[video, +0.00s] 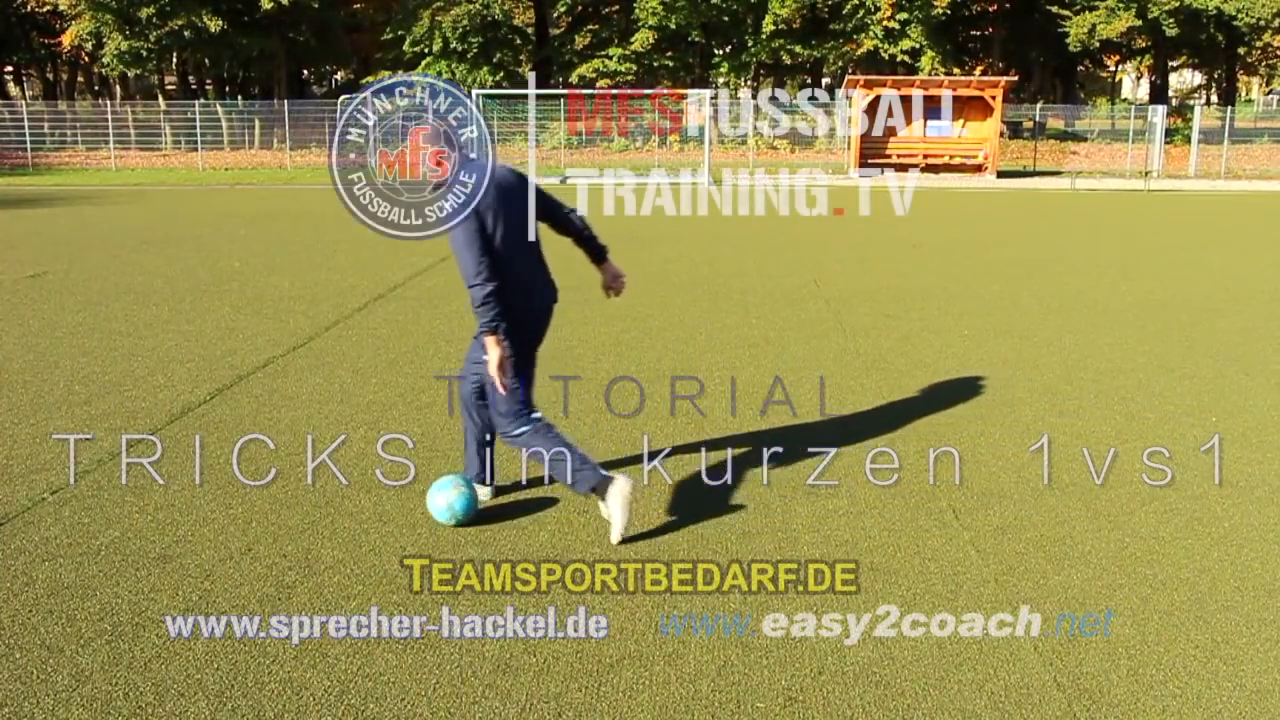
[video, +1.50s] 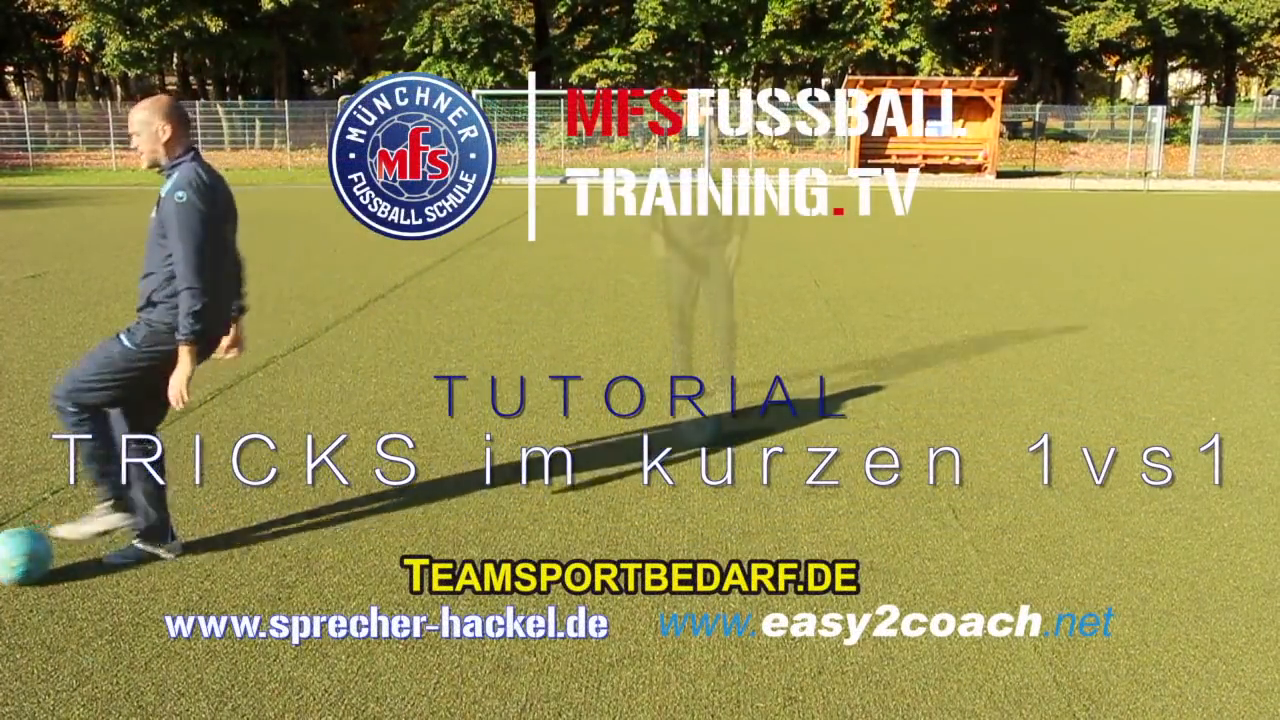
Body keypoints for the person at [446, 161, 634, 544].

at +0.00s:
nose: (426, 167)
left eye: (428, 158)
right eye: (424, 157)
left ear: (443, 157)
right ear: (461, 149)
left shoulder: (458, 199)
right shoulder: (504, 176)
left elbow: (478, 273)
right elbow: (562, 216)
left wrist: (492, 338)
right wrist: (604, 262)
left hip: (510, 311)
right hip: (537, 301)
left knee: (514, 420)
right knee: (473, 384)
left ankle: (606, 486)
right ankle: (478, 482)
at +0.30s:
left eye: (391, 182)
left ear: (405, 187)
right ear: (438, 169)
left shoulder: (427, 221)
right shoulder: (471, 193)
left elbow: (451, 283)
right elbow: (528, 223)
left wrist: (465, 343)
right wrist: (555, 269)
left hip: (486, 312)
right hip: (515, 300)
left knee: (445, 409)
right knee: (468, 396)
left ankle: (530, 468)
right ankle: (477, 479)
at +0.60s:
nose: (337, 196)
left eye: (340, 187)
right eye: (334, 188)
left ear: (370, 188)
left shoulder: (397, 227)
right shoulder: (435, 201)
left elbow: (429, 286)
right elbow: (479, 226)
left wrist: (447, 346)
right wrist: (497, 275)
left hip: (449, 317)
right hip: (482, 305)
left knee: (382, 392)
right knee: (434, 389)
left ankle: (428, 482)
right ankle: (472, 480)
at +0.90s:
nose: (280, 181)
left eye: (282, 172)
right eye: (278, 173)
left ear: (307, 167)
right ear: (313, 165)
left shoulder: (340, 206)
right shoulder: (363, 181)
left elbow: (380, 280)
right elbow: (421, 216)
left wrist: (397, 346)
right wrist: (437, 272)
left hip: (399, 315)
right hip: (429, 302)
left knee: (334, 397)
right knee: (414, 386)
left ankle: (365, 506)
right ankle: (470, 477)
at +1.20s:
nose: (194, 128)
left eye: (196, 118)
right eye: (192, 119)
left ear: (221, 116)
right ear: (233, 113)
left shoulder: (243, 166)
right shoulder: (287, 152)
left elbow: (257, 253)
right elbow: (345, 203)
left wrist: (247, 317)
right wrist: (366, 256)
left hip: (285, 296)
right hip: (312, 287)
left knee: (288, 399)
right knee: (258, 378)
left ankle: (343, 509)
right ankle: (312, 480)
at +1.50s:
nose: (133, 146)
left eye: (137, 136)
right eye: (131, 137)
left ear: (166, 131)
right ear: (172, 132)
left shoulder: (183, 187)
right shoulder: (207, 179)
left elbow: (190, 280)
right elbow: (229, 255)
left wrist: (186, 358)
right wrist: (235, 317)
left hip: (163, 328)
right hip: (193, 327)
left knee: (72, 397)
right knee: (133, 422)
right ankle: (155, 534)